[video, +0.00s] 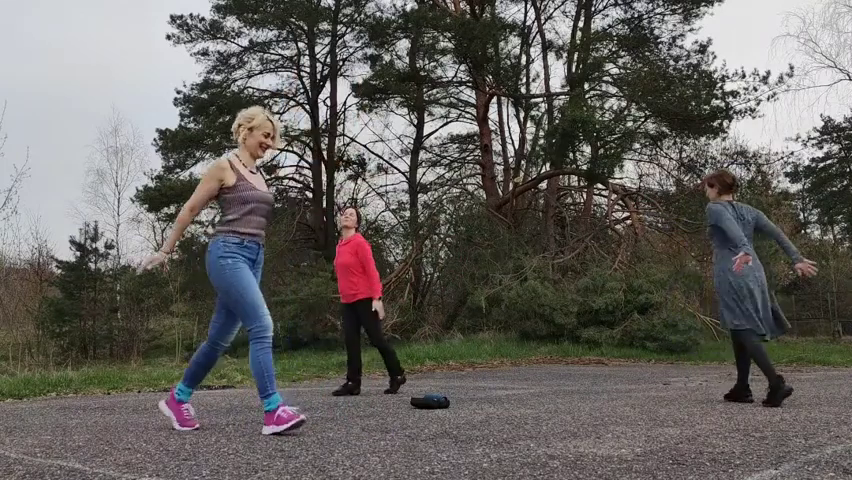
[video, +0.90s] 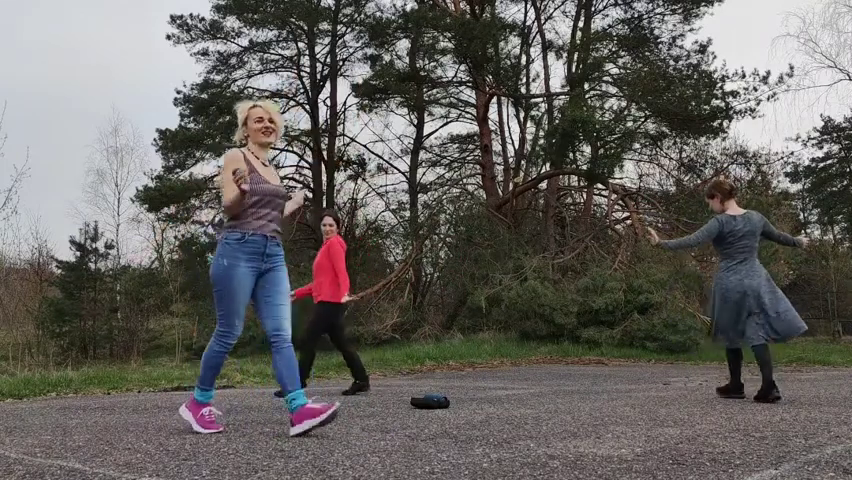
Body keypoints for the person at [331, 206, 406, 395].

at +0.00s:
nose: (347, 216)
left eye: (351, 214)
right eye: (344, 214)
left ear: (357, 222)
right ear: (339, 220)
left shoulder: (360, 243)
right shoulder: (340, 244)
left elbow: (372, 270)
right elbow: (346, 272)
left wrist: (377, 298)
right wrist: (345, 297)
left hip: (365, 299)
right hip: (348, 301)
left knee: (377, 339)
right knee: (351, 343)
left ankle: (397, 375)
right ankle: (353, 382)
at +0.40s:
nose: (346, 222)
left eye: (350, 219)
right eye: (344, 219)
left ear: (357, 222)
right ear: (340, 222)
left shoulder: (359, 241)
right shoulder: (346, 242)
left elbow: (362, 270)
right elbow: (348, 271)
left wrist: (358, 294)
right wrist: (344, 294)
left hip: (357, 298)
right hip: (347, 299)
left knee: (358, 340)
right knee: (349, 341)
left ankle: (390, 371)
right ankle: (361, 380)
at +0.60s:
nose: (342, 228)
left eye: (346, 225)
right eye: (339, 225)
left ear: (352, 227)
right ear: (337, 228)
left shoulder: (354, 244)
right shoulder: (343, 247)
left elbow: (354, 270)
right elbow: (338, 282)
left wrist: (345, 289)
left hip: (348, 301)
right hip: (341, 301)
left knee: (326, 337)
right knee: (346, 341)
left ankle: (347, 374)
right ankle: (362, 379)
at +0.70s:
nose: (338, 227)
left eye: (342, 224)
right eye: (335, 224)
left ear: (348, 226)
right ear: (332, 226)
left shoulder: (348, 240)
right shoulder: (337, 244)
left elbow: (351, 267)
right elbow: (333, 281)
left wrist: (348, 289)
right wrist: (316, 297)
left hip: (341, 299)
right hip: (339, 299)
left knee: (318, 336)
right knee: (347, 340)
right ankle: (362, 380)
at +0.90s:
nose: (327, 228)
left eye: (331, 225)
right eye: (324, 225)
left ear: (337, 227)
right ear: (320, 227)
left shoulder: (335, 243)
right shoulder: (326, 246)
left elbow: (341, 269)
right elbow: (321, 282)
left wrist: (345, 292)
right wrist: (297, 294)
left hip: (329, 302)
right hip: (328, 302)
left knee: (307, 341)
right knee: (341, 343)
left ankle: (296, 385)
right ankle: (361, 380)